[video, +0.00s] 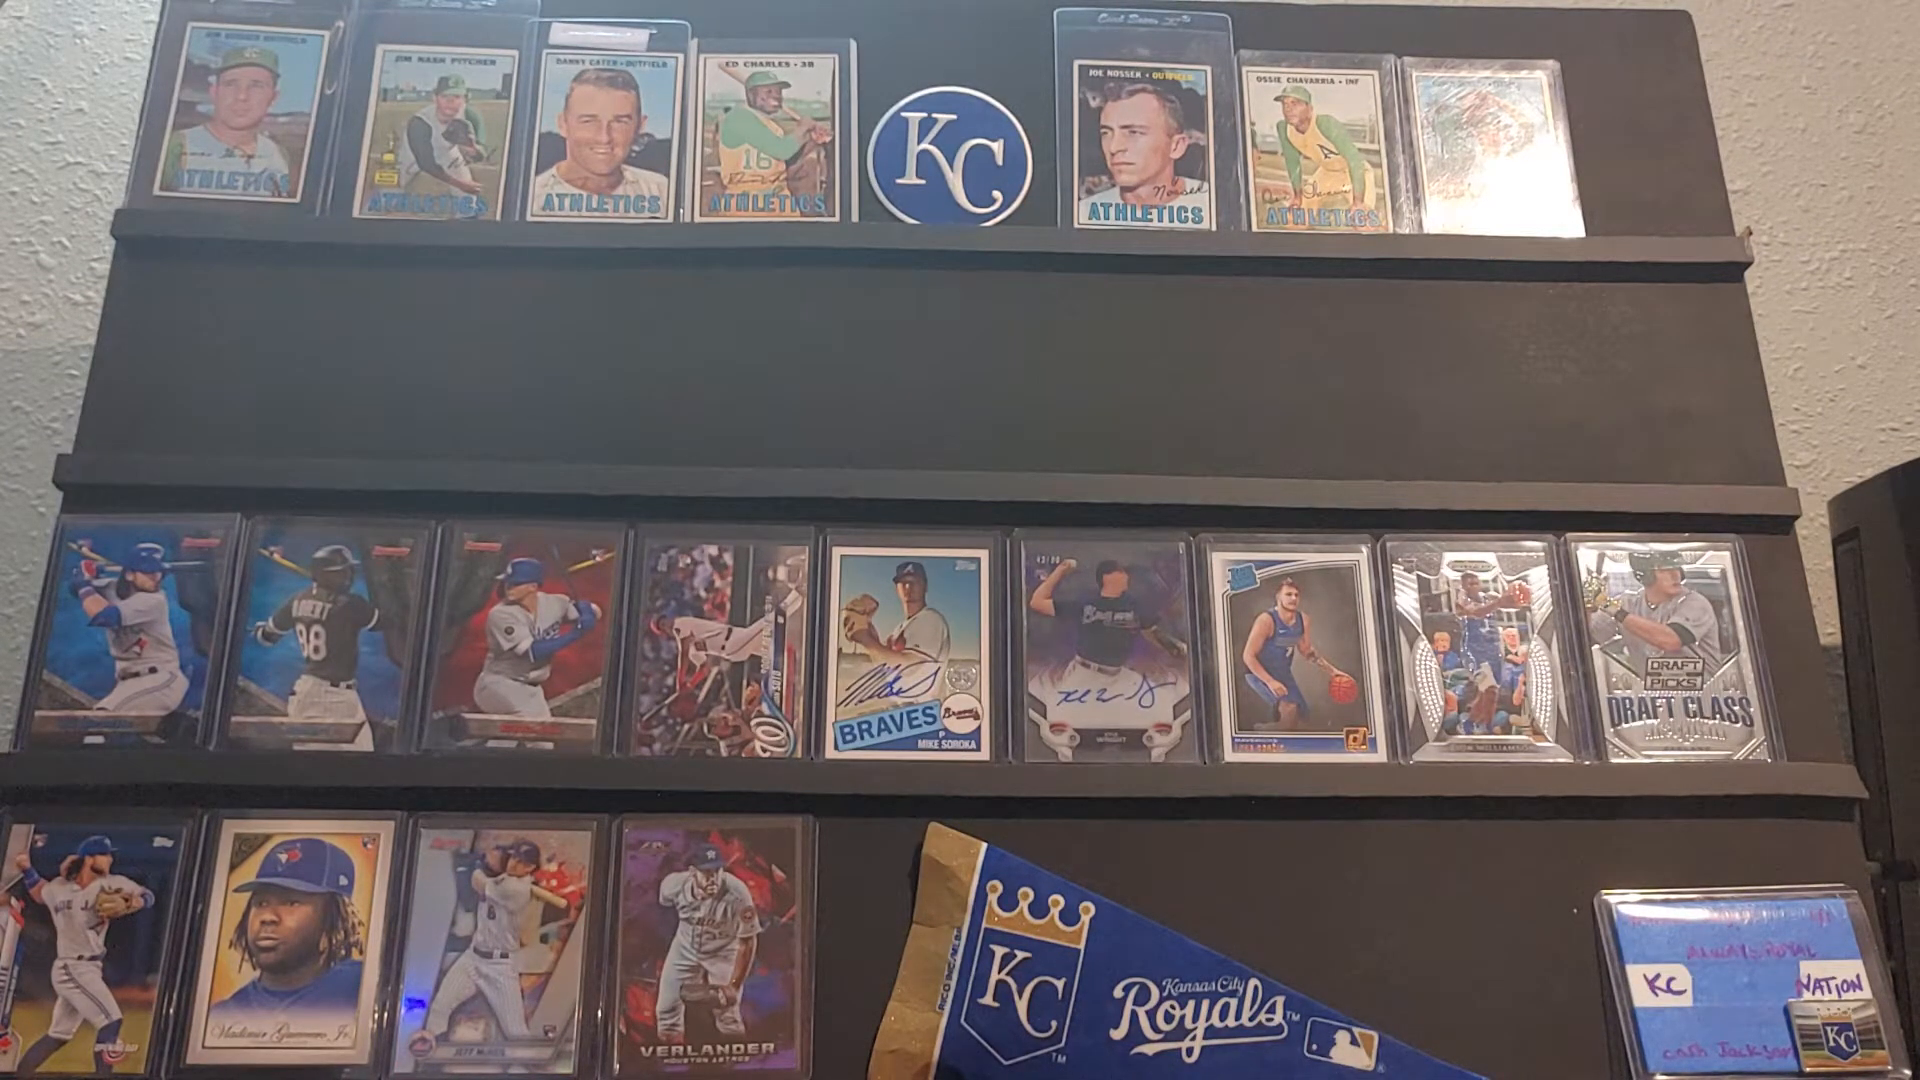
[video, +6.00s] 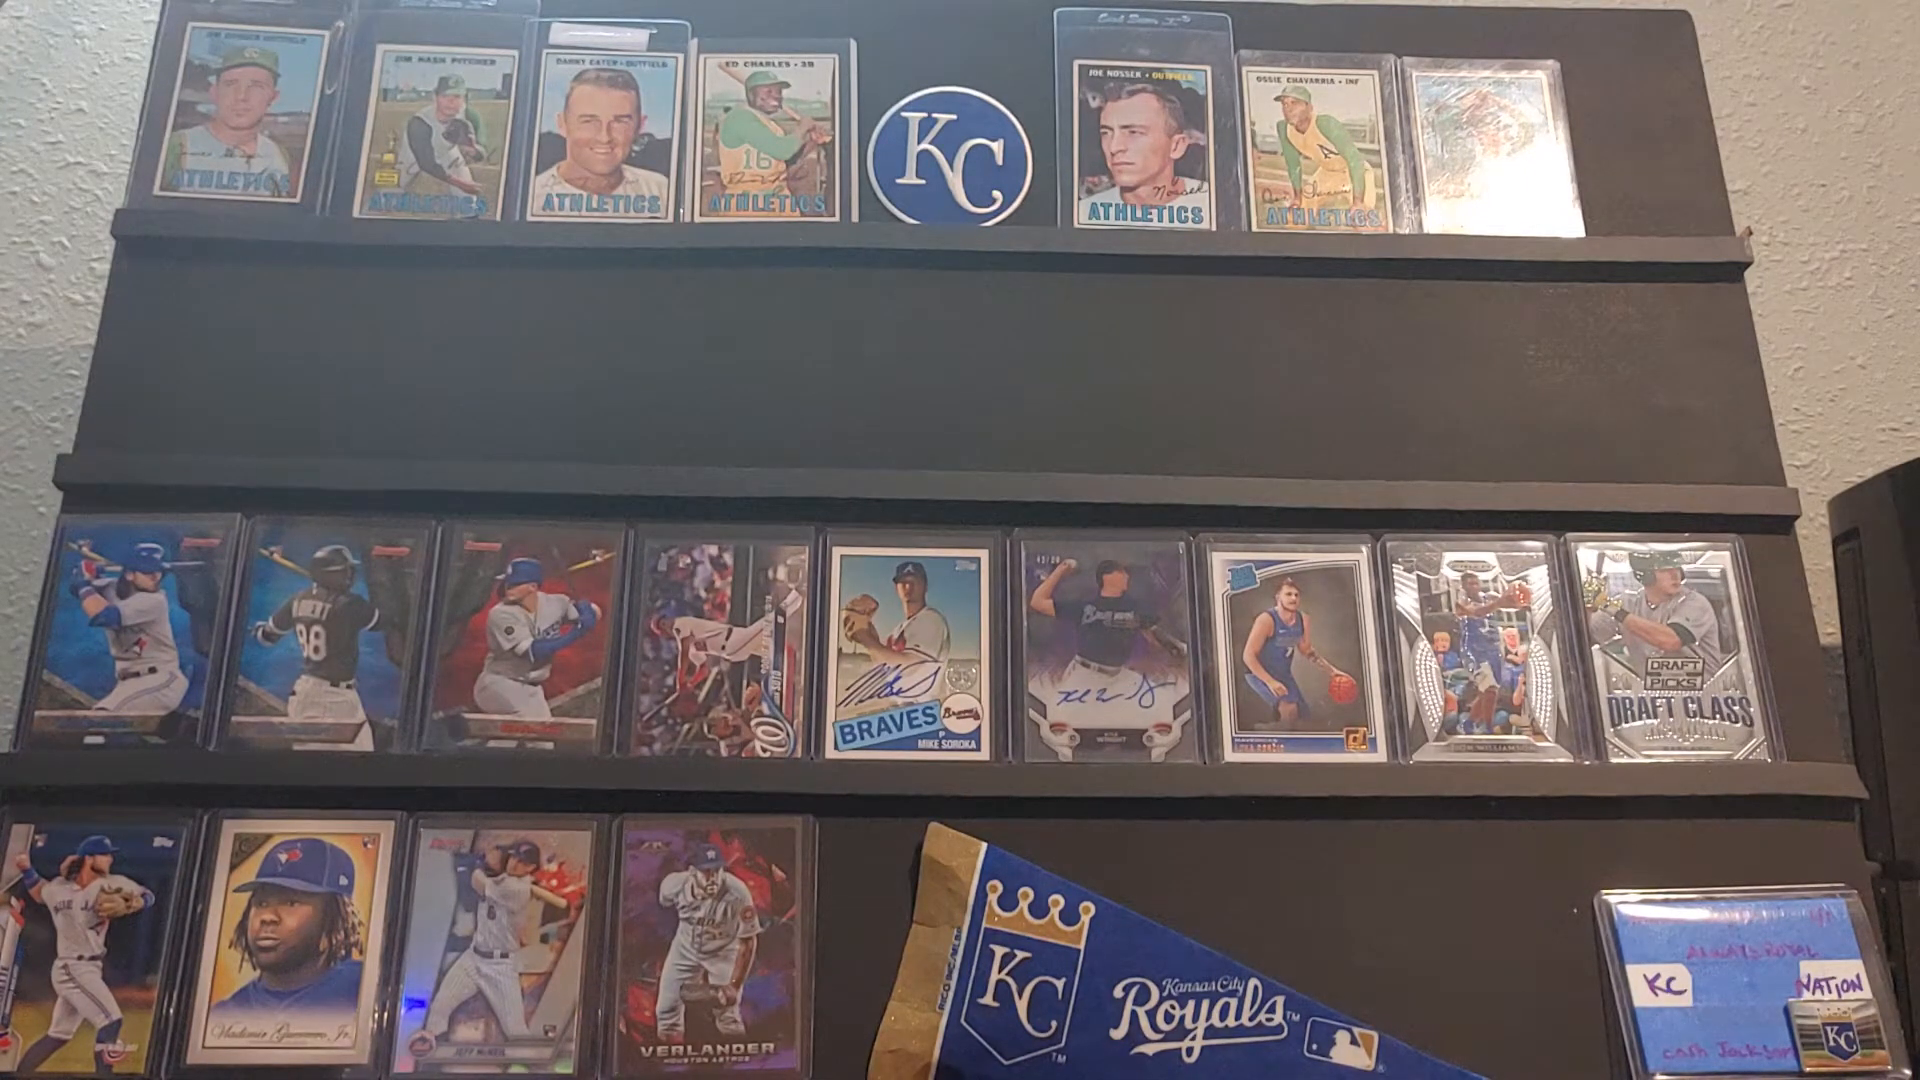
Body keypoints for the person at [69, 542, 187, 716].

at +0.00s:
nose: (156, 577)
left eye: (158, 572)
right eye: (148, 571)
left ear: (162, 573)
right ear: (130, 574)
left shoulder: (154, 601)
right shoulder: (114, 588)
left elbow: (105, 617)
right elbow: (79, 589)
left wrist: (83, 586)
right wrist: (87, 573)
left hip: (163, 679)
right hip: (129, 681)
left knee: (101, 716)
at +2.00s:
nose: (155, 577)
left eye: (158, 572)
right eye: (147, 572)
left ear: (162, 573)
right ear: (130, 574)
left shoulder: (154, 600)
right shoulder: (114, 587)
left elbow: (105, 617)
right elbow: (79, 588)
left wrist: (83, 586)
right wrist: (87, 573)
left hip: (162, 679)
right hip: (129, 682)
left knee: (101, 716)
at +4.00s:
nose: (156, 577)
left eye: (159, 572)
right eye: (148, 572)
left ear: (162, 572)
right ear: (130, 574)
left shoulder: (154, 600)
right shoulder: (113, 588)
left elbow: (104, 617)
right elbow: (79, 588)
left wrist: (82, 585)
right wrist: (88, 573)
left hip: (163, 679)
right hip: (129, 682)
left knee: (100, 717)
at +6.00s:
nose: (156, 577)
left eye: (158, 572)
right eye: (148, 572)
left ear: (162, 573)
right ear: (130, 575)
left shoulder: (155, 600)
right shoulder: (113, 588)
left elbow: (105, 617)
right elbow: (78, 588)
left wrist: (83, 585)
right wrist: (88, 573)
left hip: (162, 680)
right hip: (130, 681)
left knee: (99, 717)